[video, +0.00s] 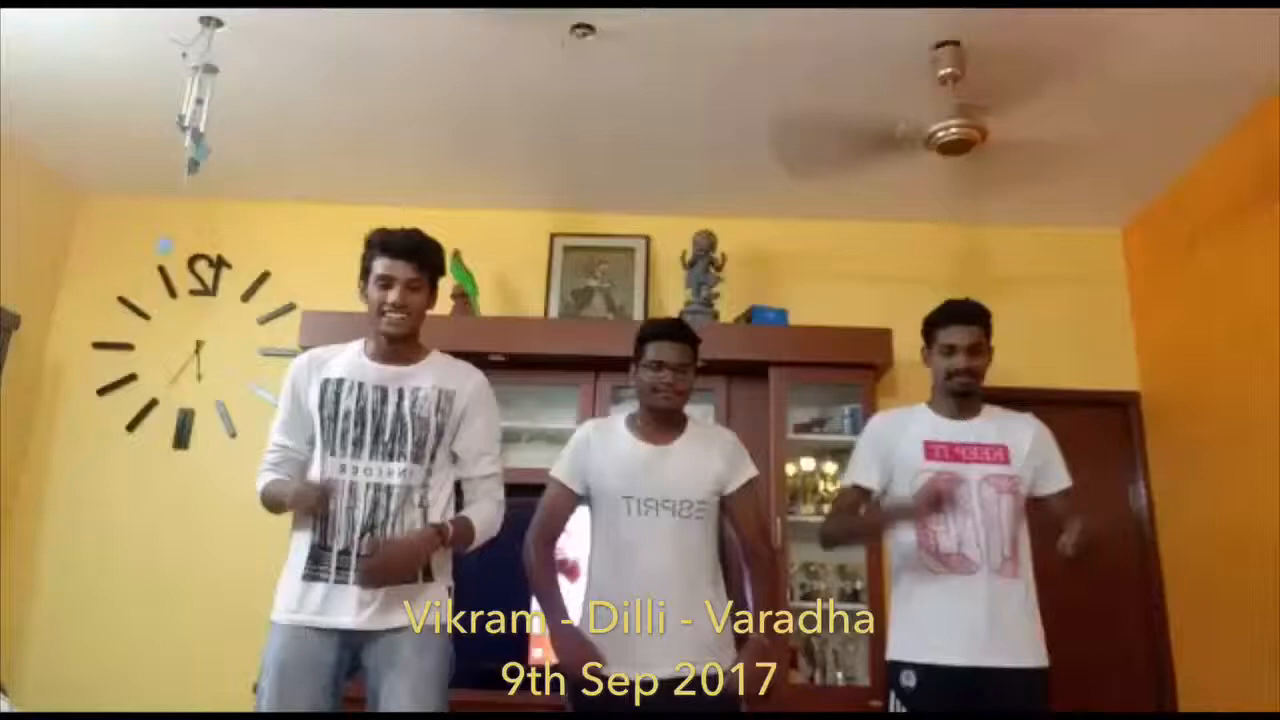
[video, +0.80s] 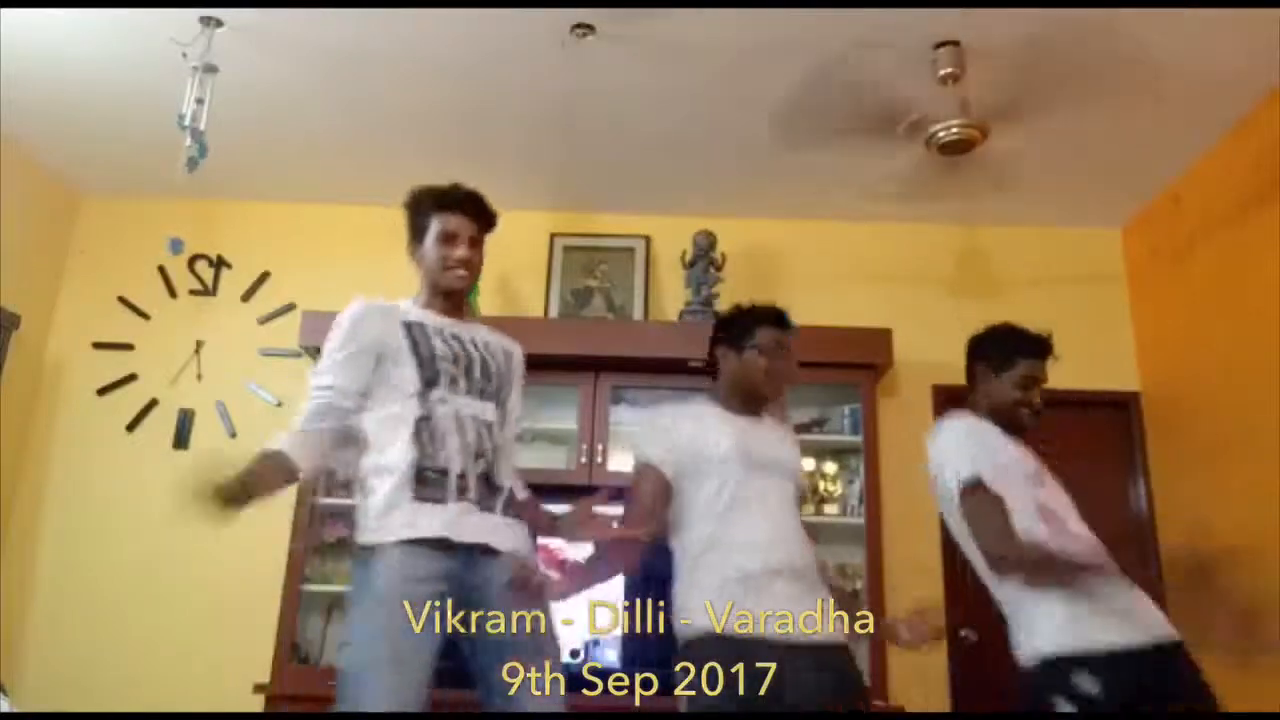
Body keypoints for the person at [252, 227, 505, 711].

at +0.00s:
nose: (396, 299)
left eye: (412, 288)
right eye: (384, 284)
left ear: (433, 298)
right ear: (364, 289)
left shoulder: (464, 386)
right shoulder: (311, 371)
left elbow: (488, 508)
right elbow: (274, 477)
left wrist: (428, 541)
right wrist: (294, 494)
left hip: (411, 611)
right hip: (310, 607)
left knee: (412, 706)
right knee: (283, 706)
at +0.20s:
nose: (397, 298)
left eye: (414, 287)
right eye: (385, 283)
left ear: (434, 298)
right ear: (364, 287)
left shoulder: (465, 388)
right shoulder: (307, 371)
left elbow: (487, 510)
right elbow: (274, 473)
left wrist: (420, 568)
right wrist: (291, 520)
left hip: (413, 618)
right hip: (310, 611)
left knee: (413, 705)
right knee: (281, 704)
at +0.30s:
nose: (400, 310)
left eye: (416, 299)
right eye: (388, 294)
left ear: (434, 309)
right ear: (365, 299)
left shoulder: (464, 402)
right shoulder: (304, 387)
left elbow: (480, 535)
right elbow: (270, 507)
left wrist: (405, 629)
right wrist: (294, 612)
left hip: (412, 643)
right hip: (309, 634)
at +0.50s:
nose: (425, 309)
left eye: (439, 299)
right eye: (409, 295)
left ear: (449, 317)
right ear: (378, 310)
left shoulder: (475, 413)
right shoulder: (319, 402)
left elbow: (494, 544)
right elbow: (273, 530)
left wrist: (412, 617)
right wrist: (350, 602)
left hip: (431, 654)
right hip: (320, 644)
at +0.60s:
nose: (442, 265)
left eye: (454, 254)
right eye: (427, 251)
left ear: (465, 268)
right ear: (396, 264)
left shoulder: (490, 365)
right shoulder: (340, 344)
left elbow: (505, 487)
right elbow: (281, 465)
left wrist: (440, 493)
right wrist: (363, 489)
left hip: (461, 588)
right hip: (358, 583)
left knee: (484, 704)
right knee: (323, 704)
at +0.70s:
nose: (455, 247)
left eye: (466, 236)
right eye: (440, 234)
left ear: (476, 249)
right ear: (409, 245)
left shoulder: (500, 347)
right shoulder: (360, 321)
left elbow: (501, 463)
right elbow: (278, 459)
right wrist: (323, 428)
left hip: (491, 544)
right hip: (387, 540)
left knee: (530, 698)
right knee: (343, 700)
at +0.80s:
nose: (464, 254)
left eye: (475, 243)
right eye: (448, 240)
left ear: (484, 254)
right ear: (417, 250)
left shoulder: (506, 354)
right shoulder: (373, 322)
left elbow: (501, 471)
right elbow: (317, 433)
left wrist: (550, 526)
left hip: (500, 549)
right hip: (404, 541)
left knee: (537, 699)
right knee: (382, 698)